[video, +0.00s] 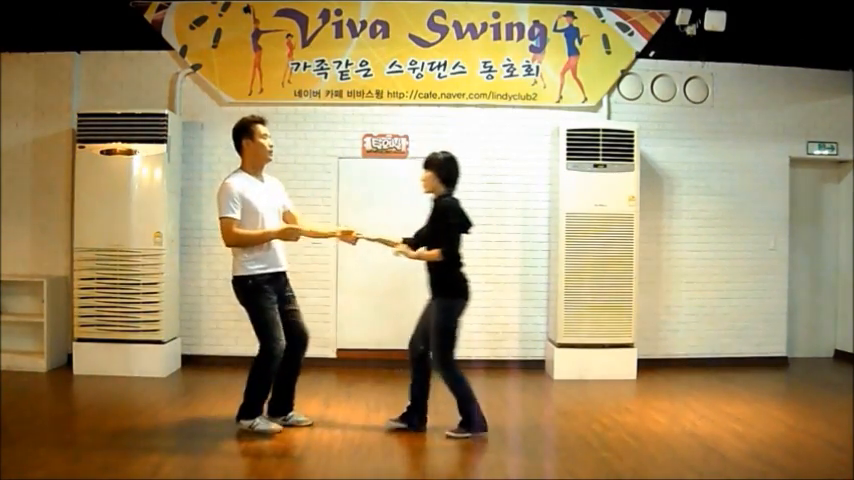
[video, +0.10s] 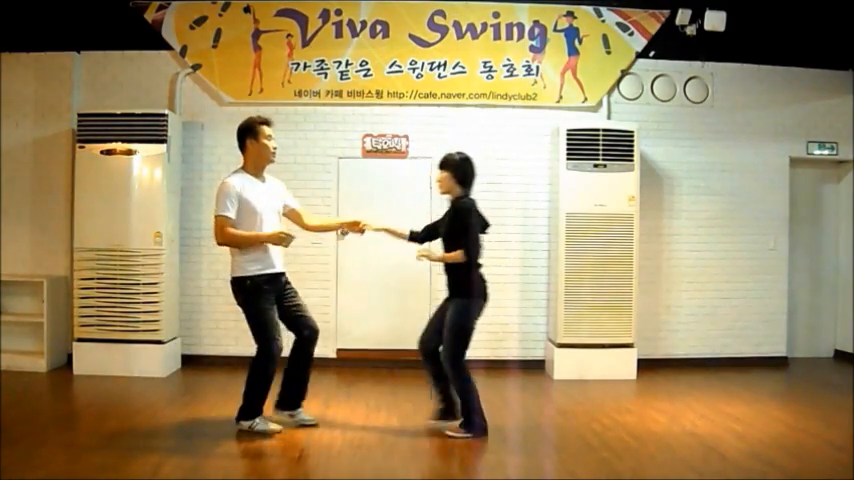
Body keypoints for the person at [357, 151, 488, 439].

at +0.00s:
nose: (422, 177)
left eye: (427, 172)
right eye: (424, 171)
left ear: (441, 176)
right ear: (439, 177)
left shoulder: (448, 207)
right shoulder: (440, 206)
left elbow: (447, 253)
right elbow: (417, 243)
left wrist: (414, 255)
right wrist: (374, 239)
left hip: (450, 295)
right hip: (441, 295)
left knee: (442, 360)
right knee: (417, 349)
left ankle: (474, 422)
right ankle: (415, 416)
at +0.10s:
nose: (437, 177)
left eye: (442, 171)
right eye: (439, 171)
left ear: (456, 177)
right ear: (454, 178)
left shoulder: (466, 210)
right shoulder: (454, 211)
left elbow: (469, 254)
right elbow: (421, 237)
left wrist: (436, 257)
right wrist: (383, 228)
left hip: (469, 296)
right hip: (457, 295)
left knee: (453, 357)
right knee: (428, 345)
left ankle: (474, 424)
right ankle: (449, 409)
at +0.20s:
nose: (451, 176)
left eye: (456, 170)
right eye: (452, 170)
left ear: (470, 175)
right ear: (465, 176)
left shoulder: (483, 209)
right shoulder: (462, 211)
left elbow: (490, 252)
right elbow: (427, 228)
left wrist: (456, 257)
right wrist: (391, 220)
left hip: (482, 294)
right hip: (468, 294)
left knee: (459, 355)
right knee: (448, 349)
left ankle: (474, 423)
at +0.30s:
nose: (462, 179)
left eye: (466, 173)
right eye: (462, 173)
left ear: (482, 176)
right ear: (474, 177)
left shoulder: (496, 209)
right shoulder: (470, 212)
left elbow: (509, 251)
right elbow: (435, 228)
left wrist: (471, 256)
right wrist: (397, 224)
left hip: (491, 295)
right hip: (478, 294)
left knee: (459, 353)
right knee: (476, 356)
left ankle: (475, 422)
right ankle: (518, 406)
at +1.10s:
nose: (381, 174)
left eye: (386, 169)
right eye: (383, 169)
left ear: (398, 175)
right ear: (397, 176)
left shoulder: (403, 208)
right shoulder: (395, 206)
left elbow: (391, 252)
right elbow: (367, 238)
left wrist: (357, 246)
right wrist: (335, 237)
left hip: (393, 292)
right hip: (385, 291)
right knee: (367, 353)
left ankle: (424, 397)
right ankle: (373, 416)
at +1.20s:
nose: (360, 172)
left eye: (365, 168)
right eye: (362, 167)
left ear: (377, 174)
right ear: (379, 174)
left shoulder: (381, 206)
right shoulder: (377, 203)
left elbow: (363, 247)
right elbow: (359, 239)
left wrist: (330, 242)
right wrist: (333, 237)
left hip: (371, 290)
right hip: (369, 288)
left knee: (338, 346)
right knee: (356, 349)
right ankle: (370, 417)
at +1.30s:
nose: (339, 175)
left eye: (343, 171)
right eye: (341, 170)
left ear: (355, 177)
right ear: (359, 177)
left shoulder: (358, 210)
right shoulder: (357, 207)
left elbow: (342, 251)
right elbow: (340, 246)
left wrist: (306, 247)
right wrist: (311, 244)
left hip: (347, 294)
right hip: (351, 292)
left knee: (312, 348)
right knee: (345, 352)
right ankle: (371, 416)